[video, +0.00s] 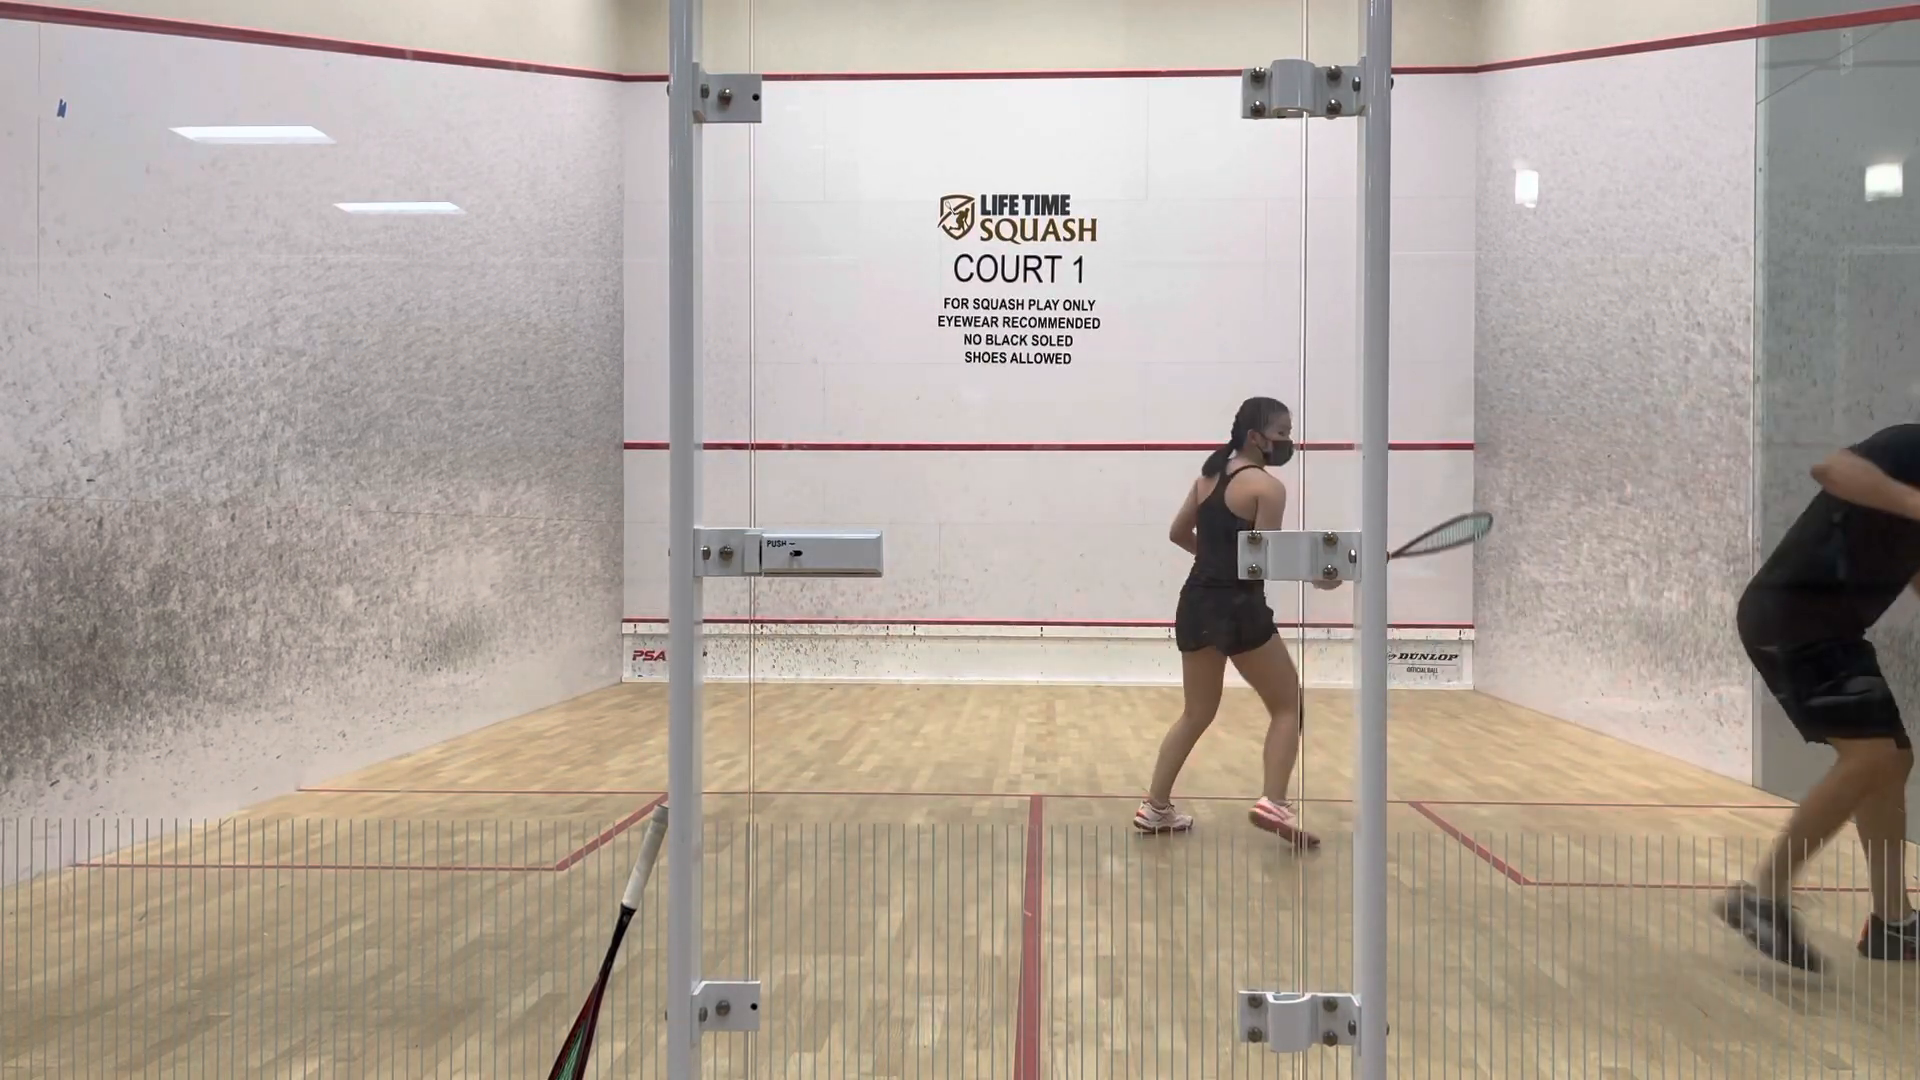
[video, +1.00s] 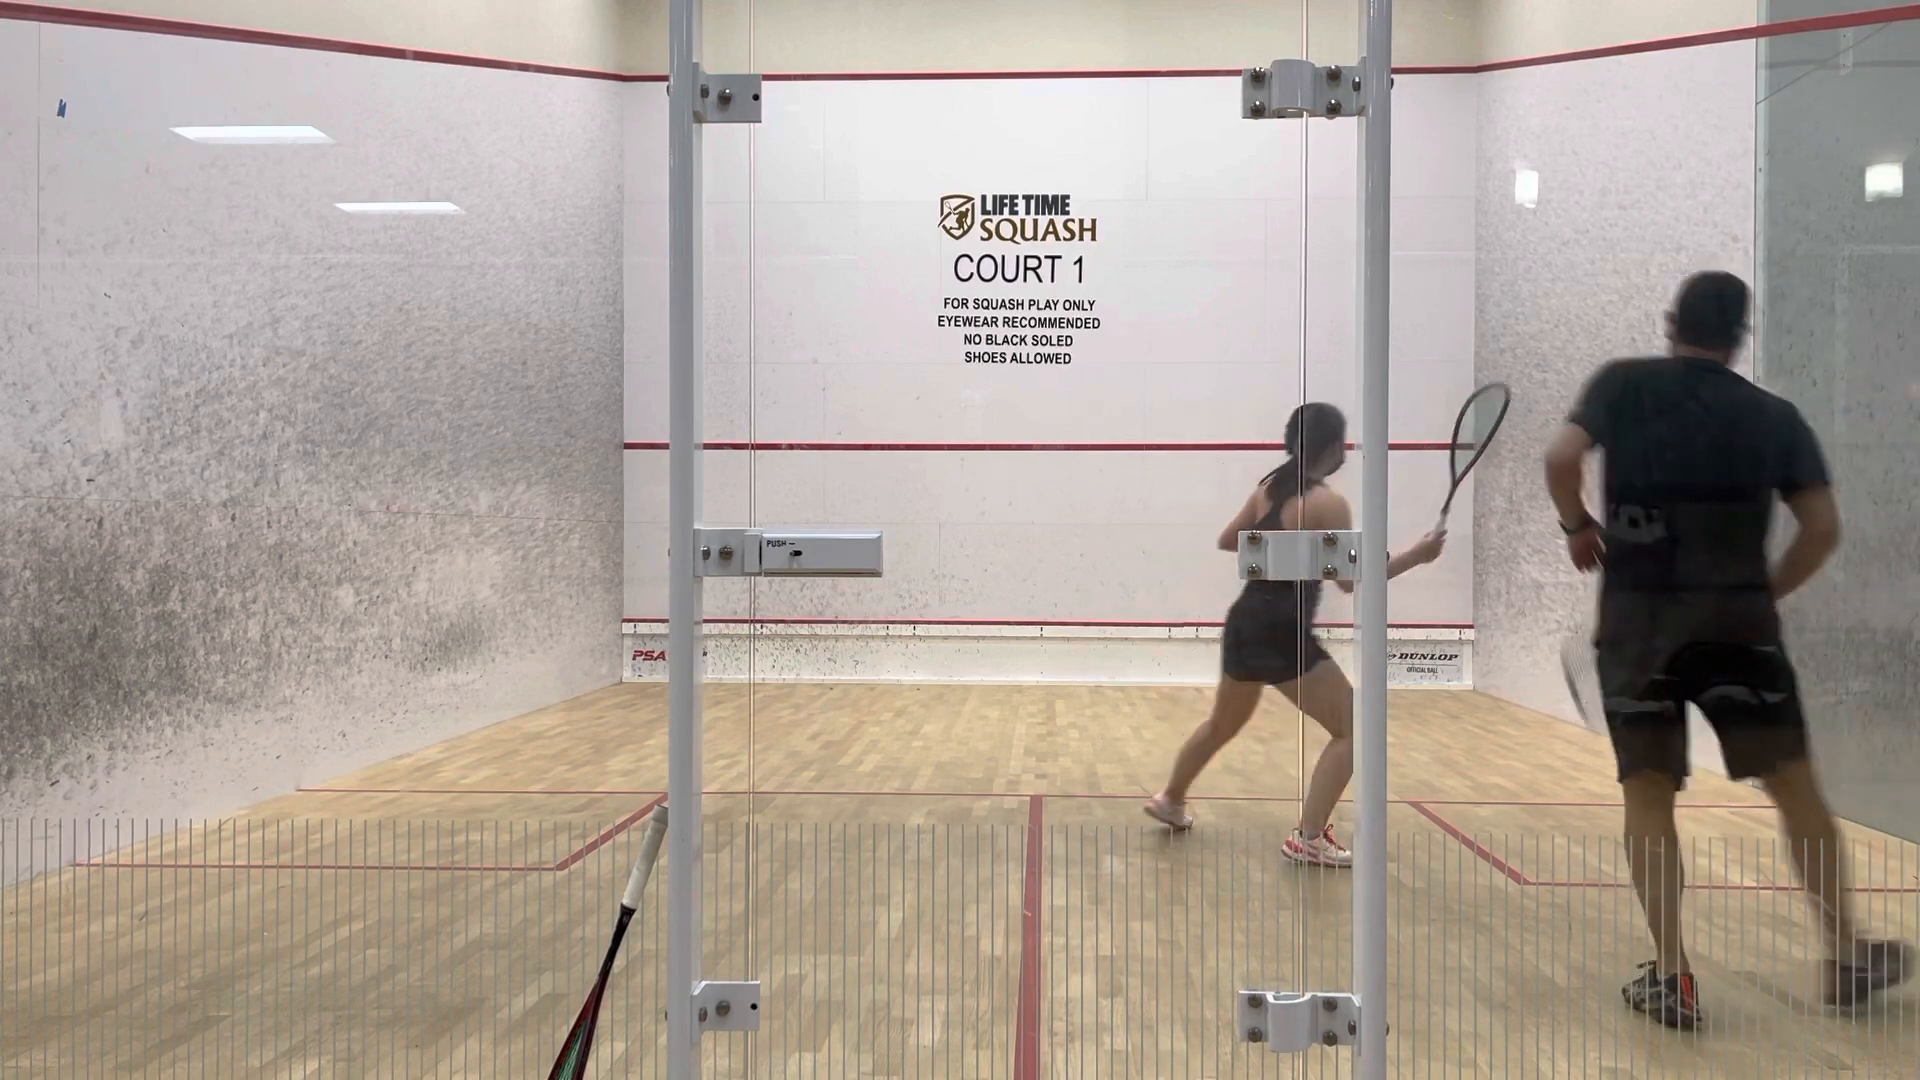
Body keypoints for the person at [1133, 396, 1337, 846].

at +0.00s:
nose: (1288, 439)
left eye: (1289, 432)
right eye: (1282, 432)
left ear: (1246, 437)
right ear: (1255, 435)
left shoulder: (1210, 474)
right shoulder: (1268, 487)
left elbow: (1179, 532)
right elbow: (1268, 557)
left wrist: (1215, 556)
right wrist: (1318, 575)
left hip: (1196, 605)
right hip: (1240, 610)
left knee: (1196, 713)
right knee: (1286, 705)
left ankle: (1155, 806)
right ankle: (1274, 801)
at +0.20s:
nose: (1290, 444)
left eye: (1291, 435)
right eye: (1284, 436)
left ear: (1245, 438)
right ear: (1256, 437)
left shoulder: (1204, 477)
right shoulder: (1270, 493)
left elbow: (1168, 530)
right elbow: (1282, 561)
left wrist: (1181, 552)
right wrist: (1344, 557)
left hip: (1184, 610)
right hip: (1229, 616)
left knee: (1192, 711)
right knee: (1263, 719)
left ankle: (1153, 808)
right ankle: (1265, 824)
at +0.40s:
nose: (1286, 445)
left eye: (1286, 437)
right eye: (1280, 437)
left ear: (1242, 436)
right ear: (1252, 436)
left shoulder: (1198, 473)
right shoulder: (1264, 494)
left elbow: (1158, 525)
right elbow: (1267, 561)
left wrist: (1179, 554)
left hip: (1173, 610)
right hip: (1220, 615)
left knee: (1180, 711)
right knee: (1252, 721)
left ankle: (1152, 808)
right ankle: (1263, 826)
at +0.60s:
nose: (1281, 441)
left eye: (1280, 433)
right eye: (1277, 434)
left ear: (1235, 433)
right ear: (1260, 436)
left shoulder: (1195, 471)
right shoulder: (1259, 496)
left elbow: (1152, 525)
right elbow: (1259, 565)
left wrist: (1174, 549)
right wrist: (1315, 560)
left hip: (1170, 610)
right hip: (1217, 614)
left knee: (1176, 711)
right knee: (1261, 714)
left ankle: (1152, 808)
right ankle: (1261, 824)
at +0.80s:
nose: (1294, 452)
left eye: (1291, 444)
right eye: (1292, 445)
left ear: (1245, 444)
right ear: (1285, 450)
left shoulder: (1210, 485)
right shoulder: (1281, 508)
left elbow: (1171, 538)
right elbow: (1287, 585)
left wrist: (1201, 562)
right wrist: (1333, 578)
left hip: (1186, 621)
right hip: (1233, 627)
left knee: (1193, 715)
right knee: (1299, 715)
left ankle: (1155, 809)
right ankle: (1292, 820)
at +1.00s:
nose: (1346, 451)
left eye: (1344, 442)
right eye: (1341, 443)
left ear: (1298, 444)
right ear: (1326, 448)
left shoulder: (1269, 488)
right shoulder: (1328, 503)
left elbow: (1229, 539)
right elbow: (1352, 578)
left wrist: (1288, 554)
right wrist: (1416, 556)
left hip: (1243, 627)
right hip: (1282, 636)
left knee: (1222, 723)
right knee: (1353, 729)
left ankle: (1169, 798)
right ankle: (1310, 835)